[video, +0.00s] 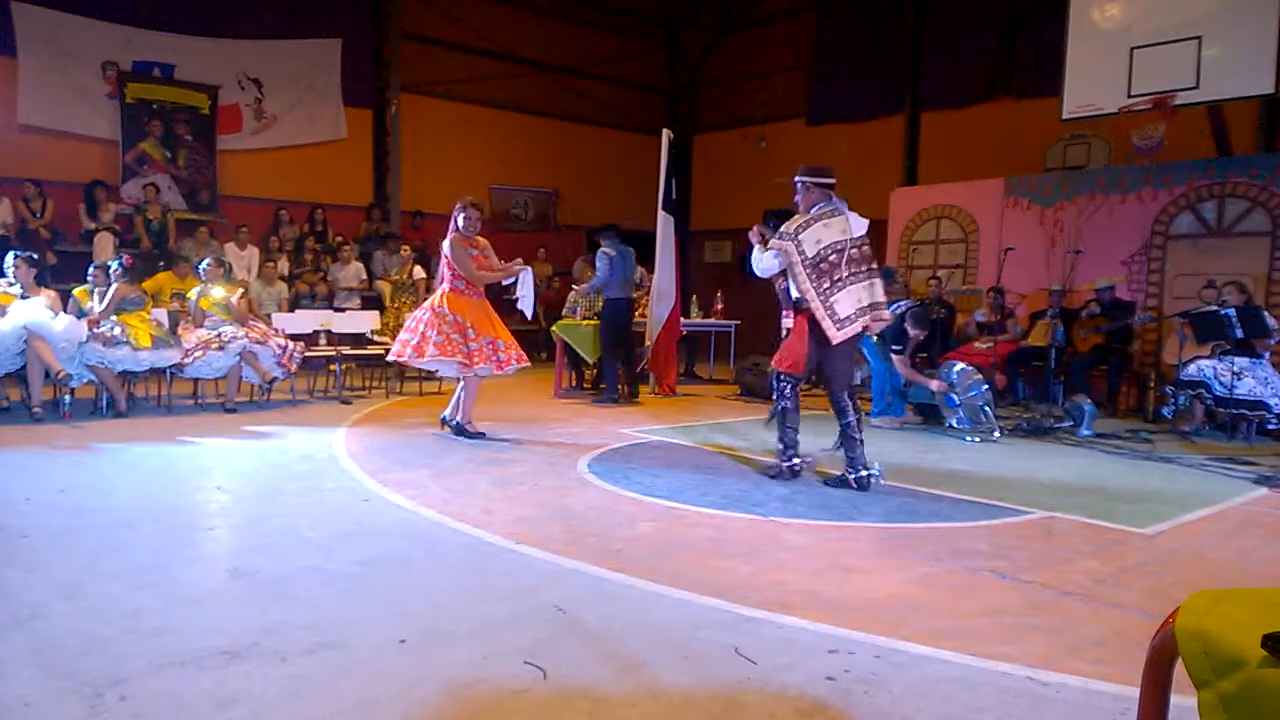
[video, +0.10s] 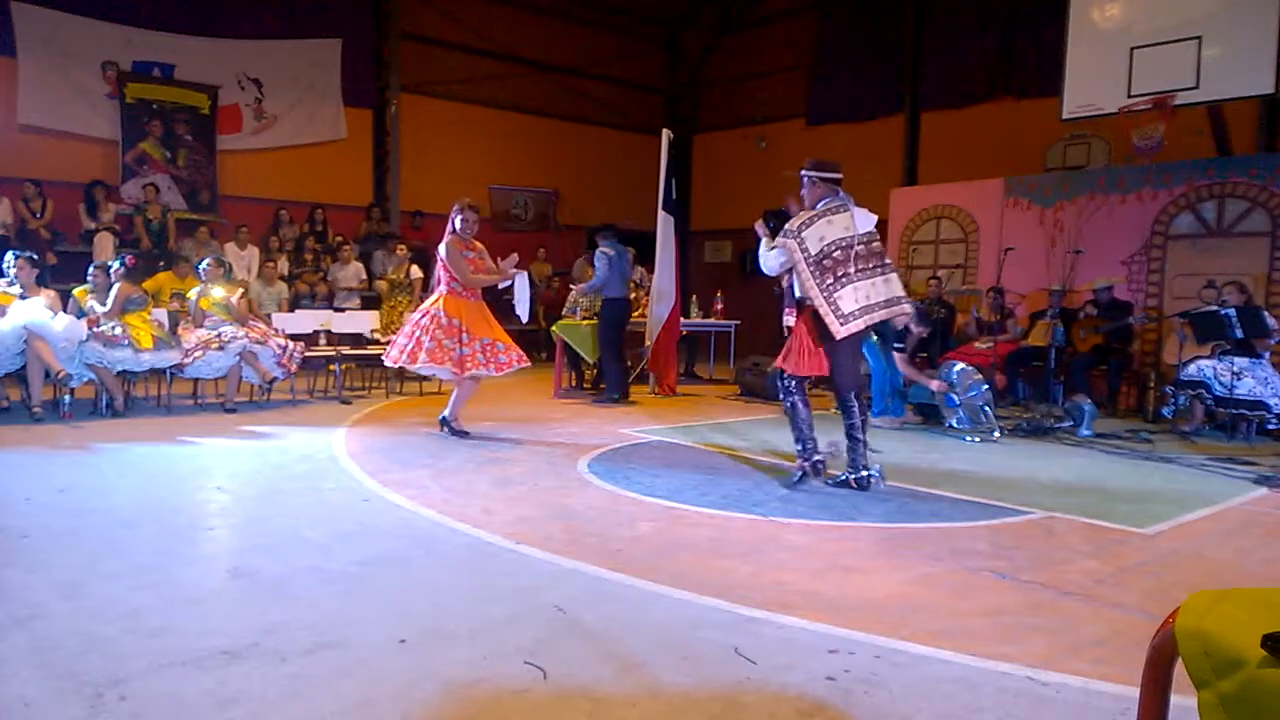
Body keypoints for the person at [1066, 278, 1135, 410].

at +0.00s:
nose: (1099, 296)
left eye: (1103, 292)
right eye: (1097, 292)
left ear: (1111, 291)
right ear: (1095, 293)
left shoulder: (1124, 306)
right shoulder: (1092, 305)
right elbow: (1075, 316)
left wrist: (1101, 311)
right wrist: (1059, 311)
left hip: (1118, 348)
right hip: (1098, 347)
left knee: (1115, 366)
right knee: (1078, 362)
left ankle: (1111, 403)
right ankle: (1082, 400)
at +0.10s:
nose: (1097, 296)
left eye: (1101, 292)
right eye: (1095, 292)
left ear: (1110, 291)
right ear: (1093, 293)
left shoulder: (1124, 306)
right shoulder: (1091, 305)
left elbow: (1120, 317)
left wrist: (1098, 312)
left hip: (1118, 348)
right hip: (1098, 347)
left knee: (1114, 366)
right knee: (1078, 363)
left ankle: (1111, 403)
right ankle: (1083, 400)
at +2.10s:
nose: (1097, 295)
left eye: (1101, 292)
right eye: (1095, 292)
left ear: (1108, 292)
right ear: (1093, 293)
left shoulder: (1122, 307)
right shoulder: (1089, 306)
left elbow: (1118, 320)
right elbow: (1070, 317)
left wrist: (1097, 317)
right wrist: (1079, 316)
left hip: (1118, 349)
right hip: (1097, 348)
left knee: (1114, 366)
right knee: (1077, 363)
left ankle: (1111, 403)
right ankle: (1084, 399)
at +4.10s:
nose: (1099, 295)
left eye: (1103, 291)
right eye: (1097, 291)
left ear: (1111, 292)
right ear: (1094, 292)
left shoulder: (1123, 308)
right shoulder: (1090, 305)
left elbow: (1118, 322)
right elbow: (1070, 315)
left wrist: (1097, 317)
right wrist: (1079, 316)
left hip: (1116, 349)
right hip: (1095, 348)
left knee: (1114, 367)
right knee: (1076, 364)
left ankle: (1111, 404)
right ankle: (1084, 400)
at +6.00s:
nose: (1097, 295)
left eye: (1101, 292)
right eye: (1096, 292)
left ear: (1110, 292)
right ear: (1094, 292)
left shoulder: (1124, 308)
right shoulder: (1091, 305)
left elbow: (1118, 320)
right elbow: (1068, 315)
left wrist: (1097, 315)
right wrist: (1079, 315)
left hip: (1117, 349)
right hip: (1096, 348)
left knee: (1114, 365)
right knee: (1076, 362)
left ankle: (1111, 403)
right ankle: (1083, 399)